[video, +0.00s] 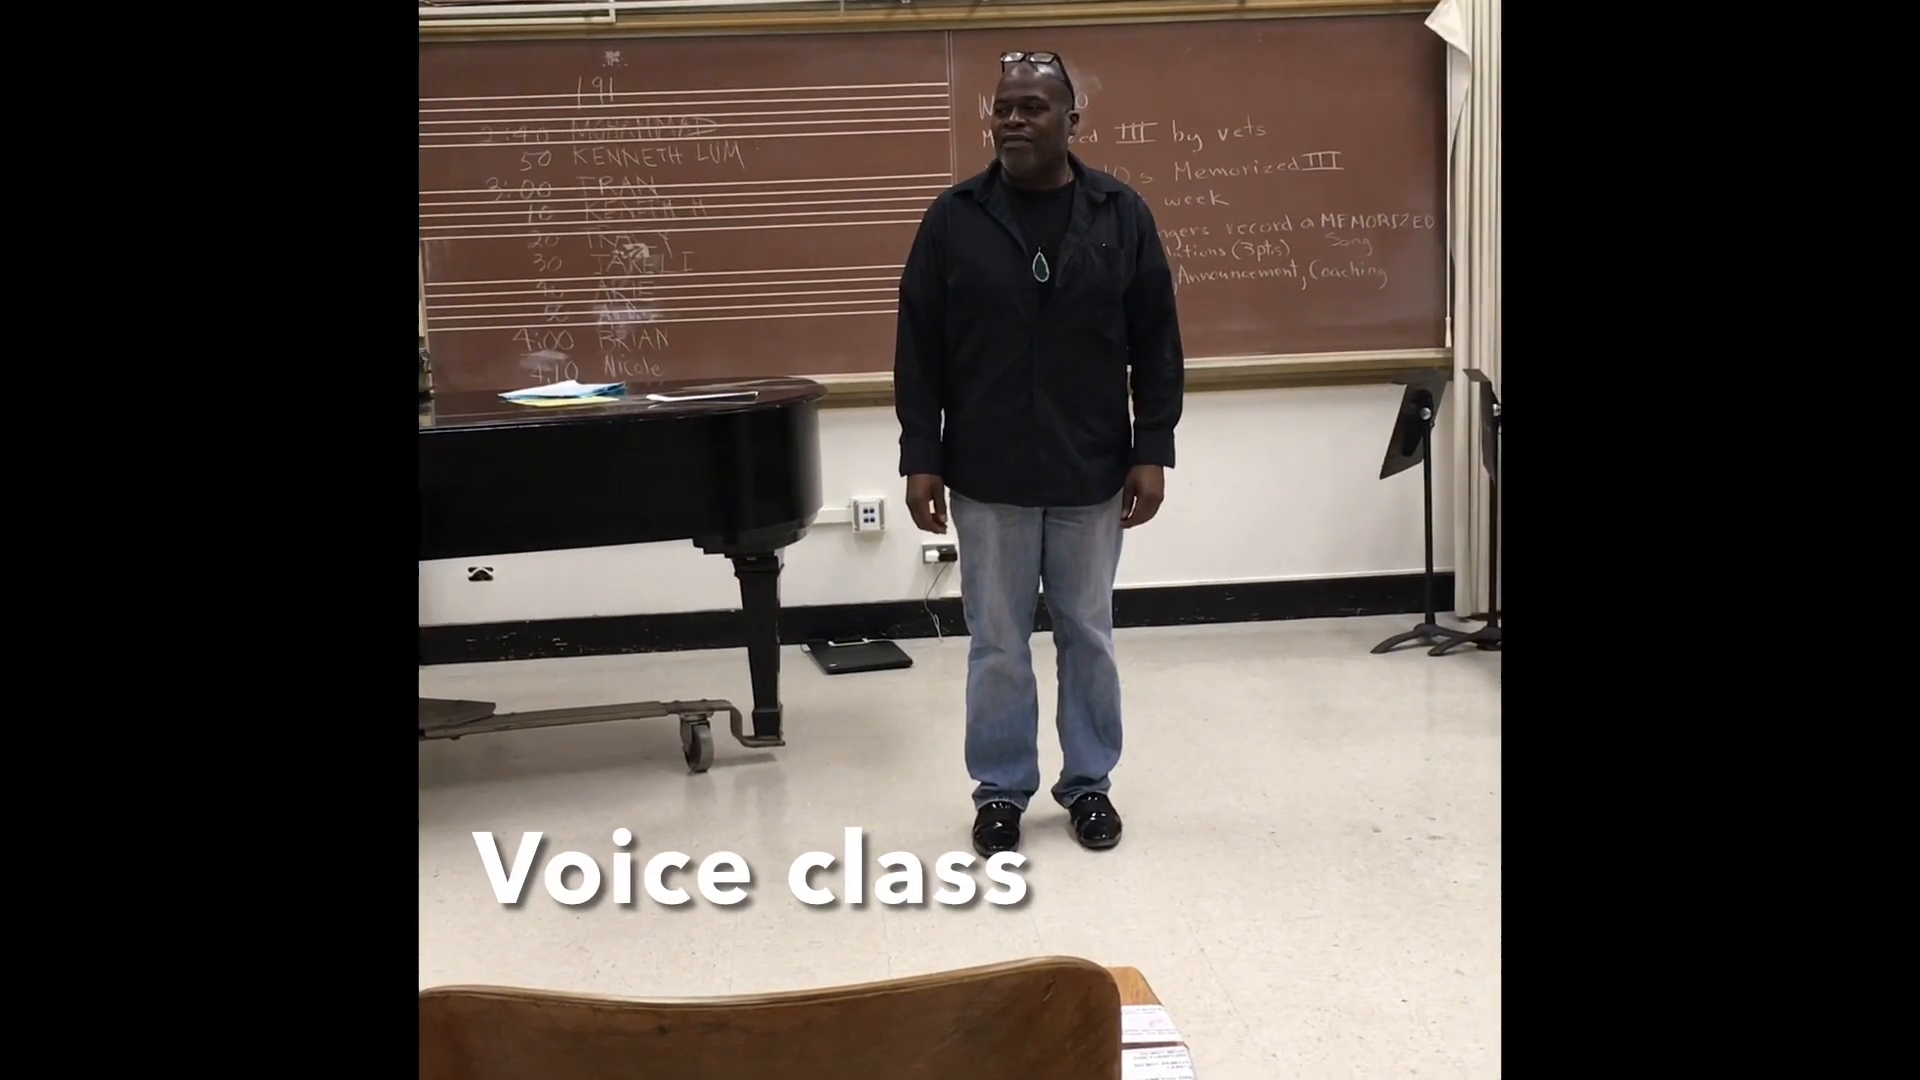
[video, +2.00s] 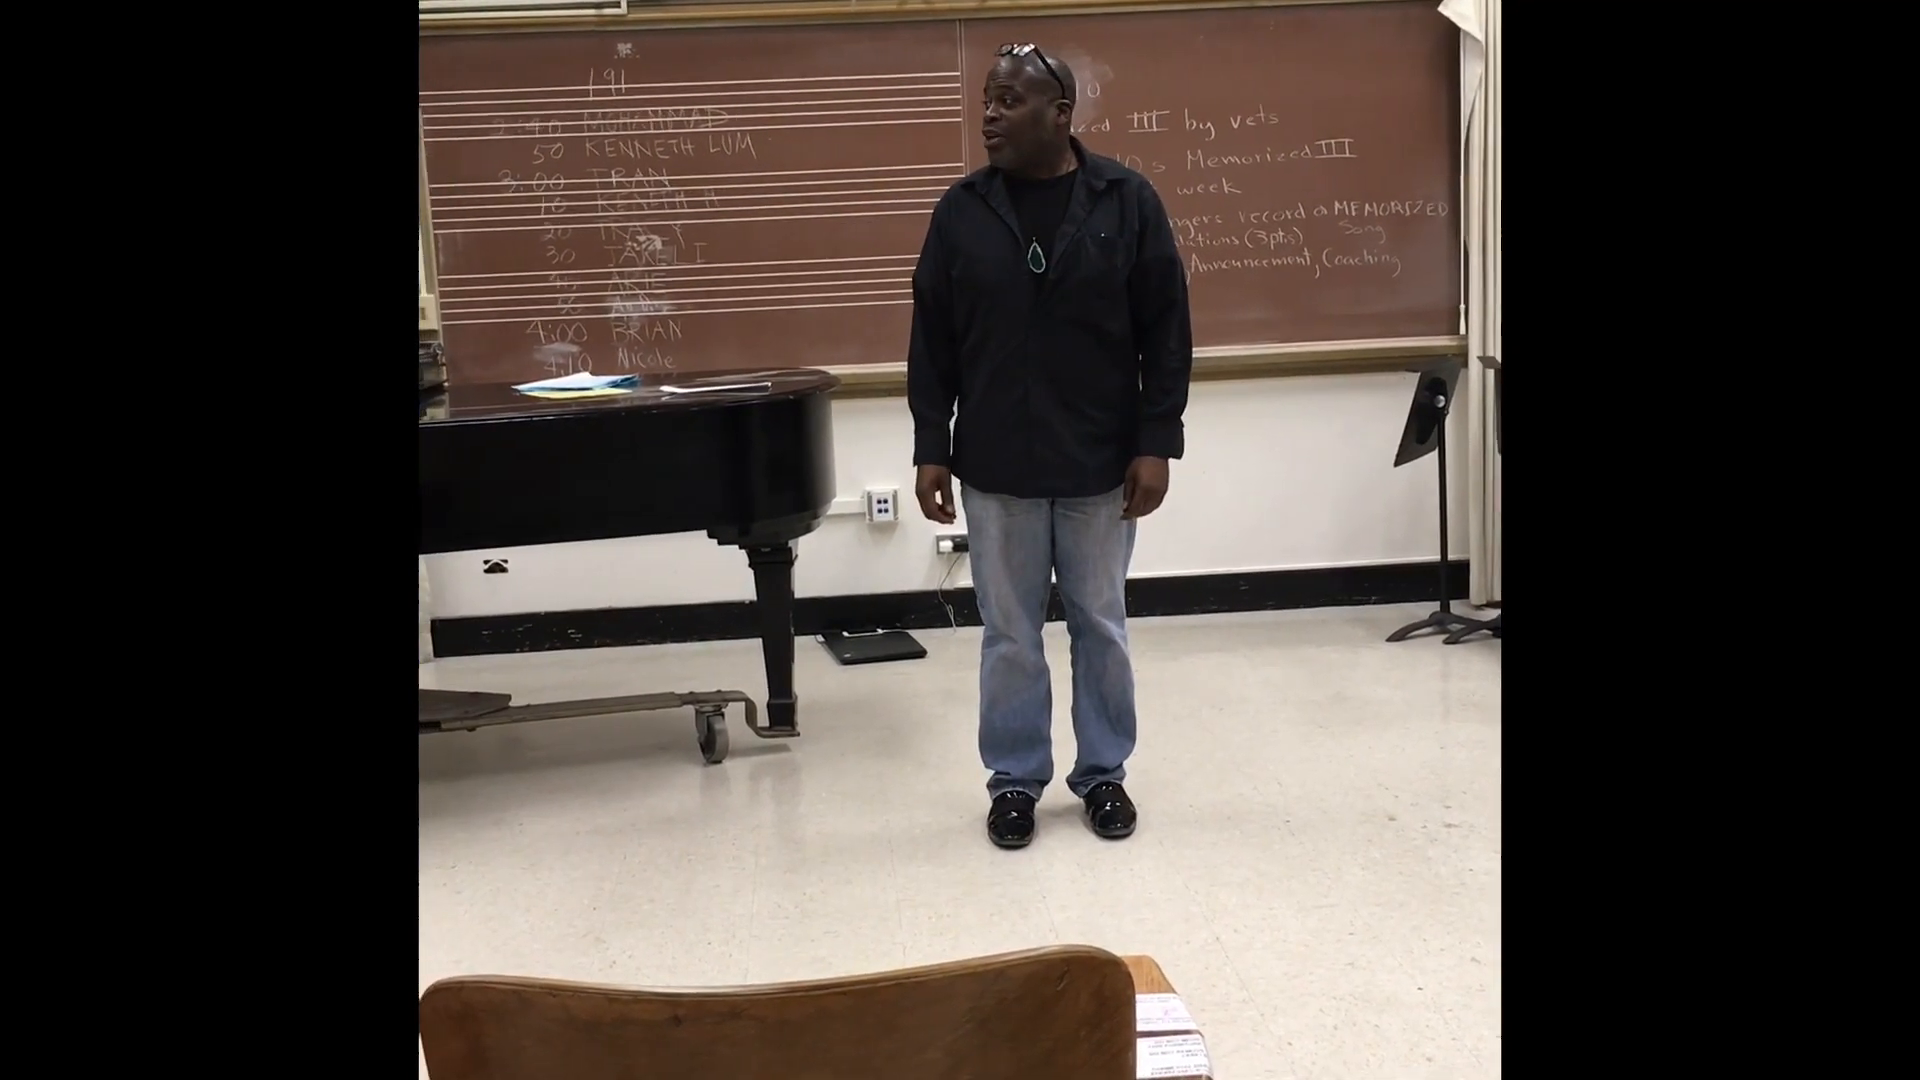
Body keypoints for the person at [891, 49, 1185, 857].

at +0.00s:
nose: (1012, 122)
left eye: (1031, 109)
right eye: (1003, 109)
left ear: (1072, 119)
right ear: (990, 118)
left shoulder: (1120, 213)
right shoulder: (953, 217)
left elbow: (1157, 339)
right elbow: (918, 344)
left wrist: (1152, 453)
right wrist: (920, 459)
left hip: (1090, 463)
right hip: (987, 465)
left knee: (1088, 635)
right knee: (997, 641)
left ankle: (1089, 785)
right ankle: (998, 791)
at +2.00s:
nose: (990, 116)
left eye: (1009, 101)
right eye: (988, 102)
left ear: (1061, 112)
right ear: (986, 112)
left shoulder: (1127, 200)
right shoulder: (962, 210)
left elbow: (1165, 331)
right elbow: (932, 337)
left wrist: (1156, 446)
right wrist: (930, 451)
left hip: (1100, 455)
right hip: (995, 458)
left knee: (1100, 626)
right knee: (1009, 632)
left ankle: (1103, 775)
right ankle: (1013, 779)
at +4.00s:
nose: (1054, 113)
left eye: (1070, 100)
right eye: (1038, 100)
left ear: (1096, 111)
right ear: (1014, 114)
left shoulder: (1143, 208)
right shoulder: (973, 217)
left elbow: (1180, 336)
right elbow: (943, 345)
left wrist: (1176, 447)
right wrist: (950, 460)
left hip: (1118, 458)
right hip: (1015, 462)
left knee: (1117, 629)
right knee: (1026, 636)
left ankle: (1120, 778)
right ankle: (1031, 785)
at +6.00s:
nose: (1069, 112)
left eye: (1079, 99)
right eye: (1049, 101)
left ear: (1096, 112)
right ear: (1013, 120)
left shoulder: (1139, 207)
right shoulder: (969, 219)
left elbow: (1176, 336)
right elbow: (940, 351)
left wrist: (1172, 448)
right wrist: (950, 467)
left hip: (1116, 459)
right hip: (1012, 465)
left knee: (1114, 631)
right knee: (1022, 638)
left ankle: (1116, 779)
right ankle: (1026, 787)